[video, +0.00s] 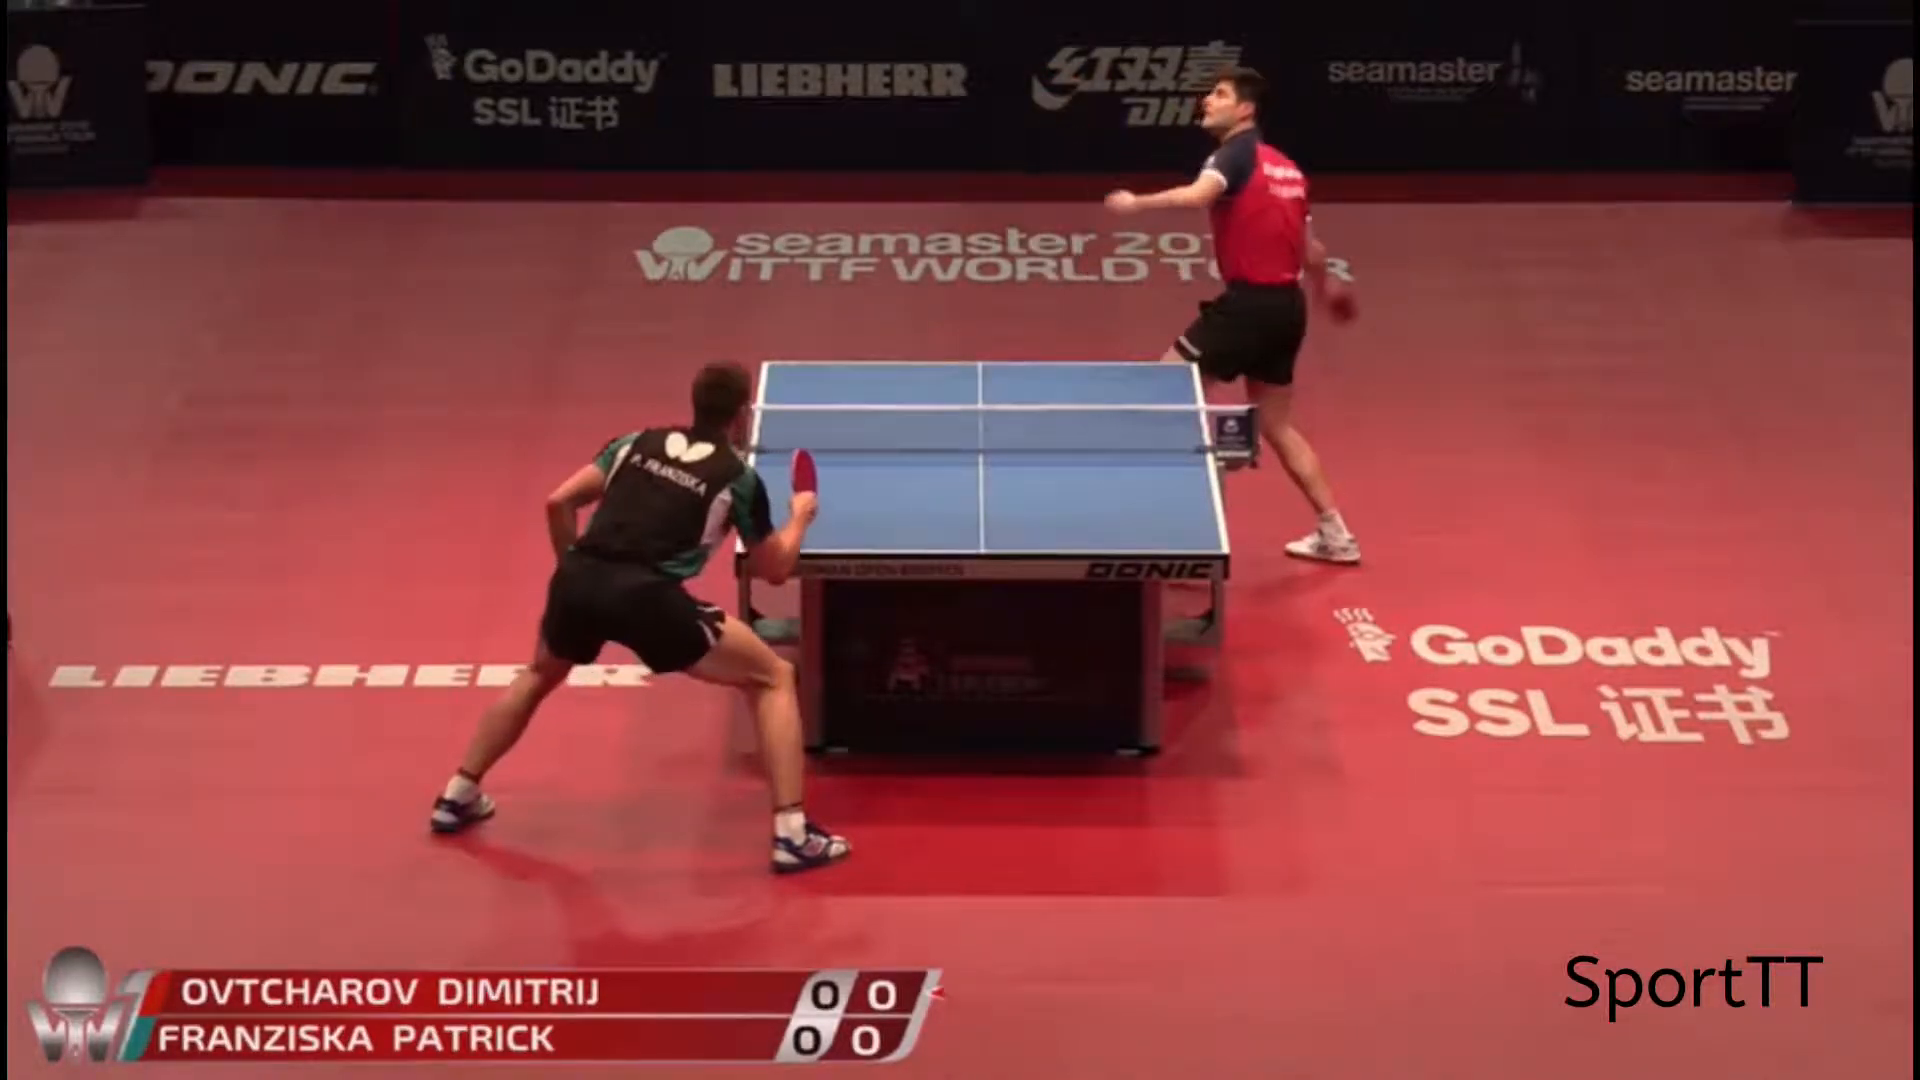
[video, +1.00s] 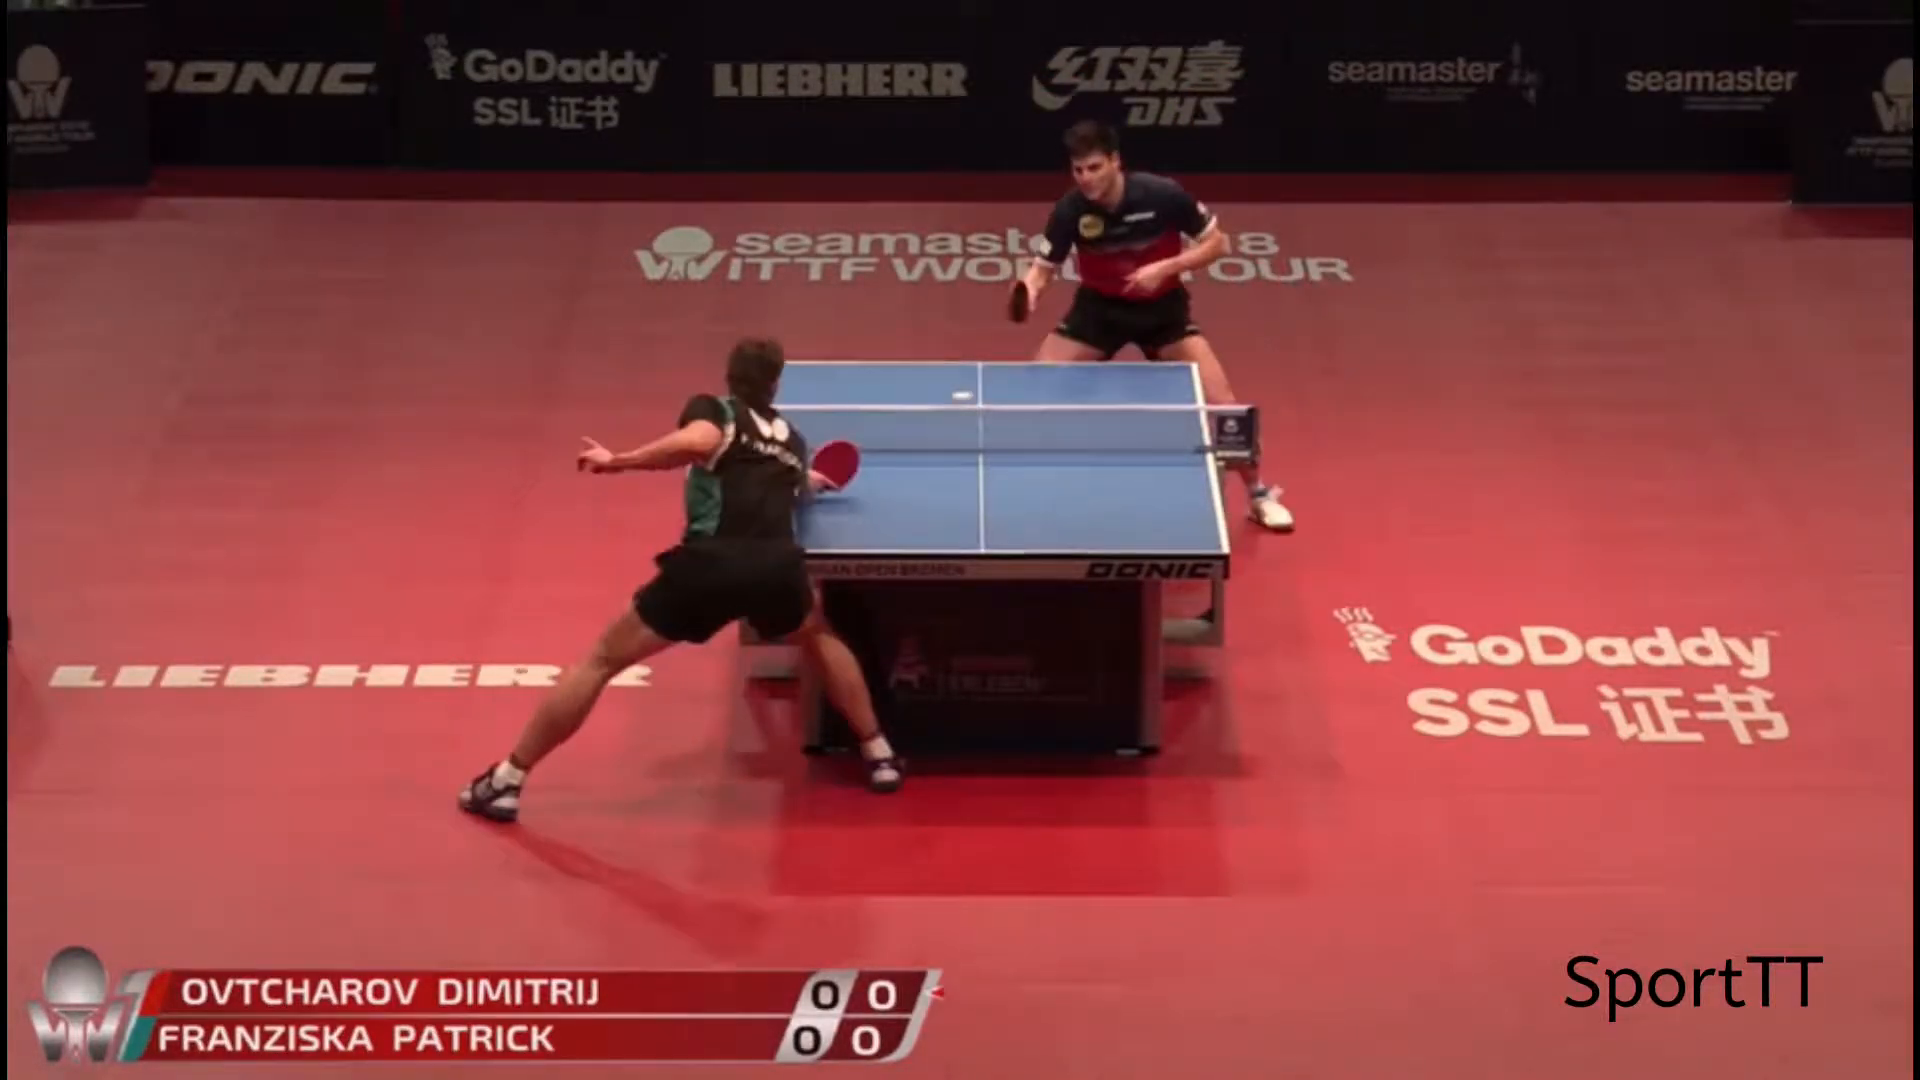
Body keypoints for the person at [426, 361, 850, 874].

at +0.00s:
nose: (752, 419)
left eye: (749, 409)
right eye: (751, 411)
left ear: (695, 405)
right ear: (741, 418)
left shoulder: (638, 443)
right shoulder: (741, 477)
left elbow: (559, 501)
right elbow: (774, 568)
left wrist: (570, 569)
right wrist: (801, 517)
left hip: (577, 583)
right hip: (650, 597)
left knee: (537, 676)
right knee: (774, 678)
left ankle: (458, 793)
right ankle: (792, 831)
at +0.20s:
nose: (766, 385)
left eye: (758, 375)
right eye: (765, 378)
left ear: (711, 375)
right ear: (758, 385)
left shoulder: (655, 415)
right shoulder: (756, 451)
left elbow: (581, 476)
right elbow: (797, 546)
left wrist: (601, 533)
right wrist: (838, 507)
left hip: (598, 563)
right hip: (669, 579)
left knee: (543, 673)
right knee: (783, 676)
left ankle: (458, 789)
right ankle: (792, 834)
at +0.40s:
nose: (767, 370)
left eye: (761, 361)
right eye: (767, 363)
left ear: (712, 359)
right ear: (759, 370)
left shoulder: (655, 396)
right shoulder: (754, 435)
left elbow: (578, 455)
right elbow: (791, 535)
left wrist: (595, 515)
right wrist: (847, 531)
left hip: (595, 544)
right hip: (664, 561)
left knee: (544, 652)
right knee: (761, 679)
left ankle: (473, 780)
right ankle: (790, 833)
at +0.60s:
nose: (743, 374)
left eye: (742, 365)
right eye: (742, 367)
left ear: (688, 359)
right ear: (732, 371)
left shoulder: (625, 390)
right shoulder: (724, 429)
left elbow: (543, 442)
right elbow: (764, 522)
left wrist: (545, 492)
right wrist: (818, 508)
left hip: (584, 549)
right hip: (659, 561)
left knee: (529, 655)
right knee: (762, 646)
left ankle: (470, 782)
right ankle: (795, 764)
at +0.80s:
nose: (763, 372)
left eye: (760, 362)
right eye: (763, 364)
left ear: (709, 354)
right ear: (754, 367)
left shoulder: (658, 385)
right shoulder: (760, 420)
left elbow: (597, 437)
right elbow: (767, 471)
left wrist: (568, 466)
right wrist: (793, 461)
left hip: (639, 545)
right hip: (713, 551)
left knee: (555, 654)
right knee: (791, 638)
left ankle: (475, 777)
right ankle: (866, 756)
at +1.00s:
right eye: (774, 379)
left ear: (729, 375)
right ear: (775, 385)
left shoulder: (712, 410)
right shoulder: (790, 435)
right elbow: (798, 483)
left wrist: (616, 459)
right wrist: (811, 479)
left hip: (707, 569)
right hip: (778, 570)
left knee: (602, 661)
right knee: (820, 639)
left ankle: (507, 780)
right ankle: (881, 755)